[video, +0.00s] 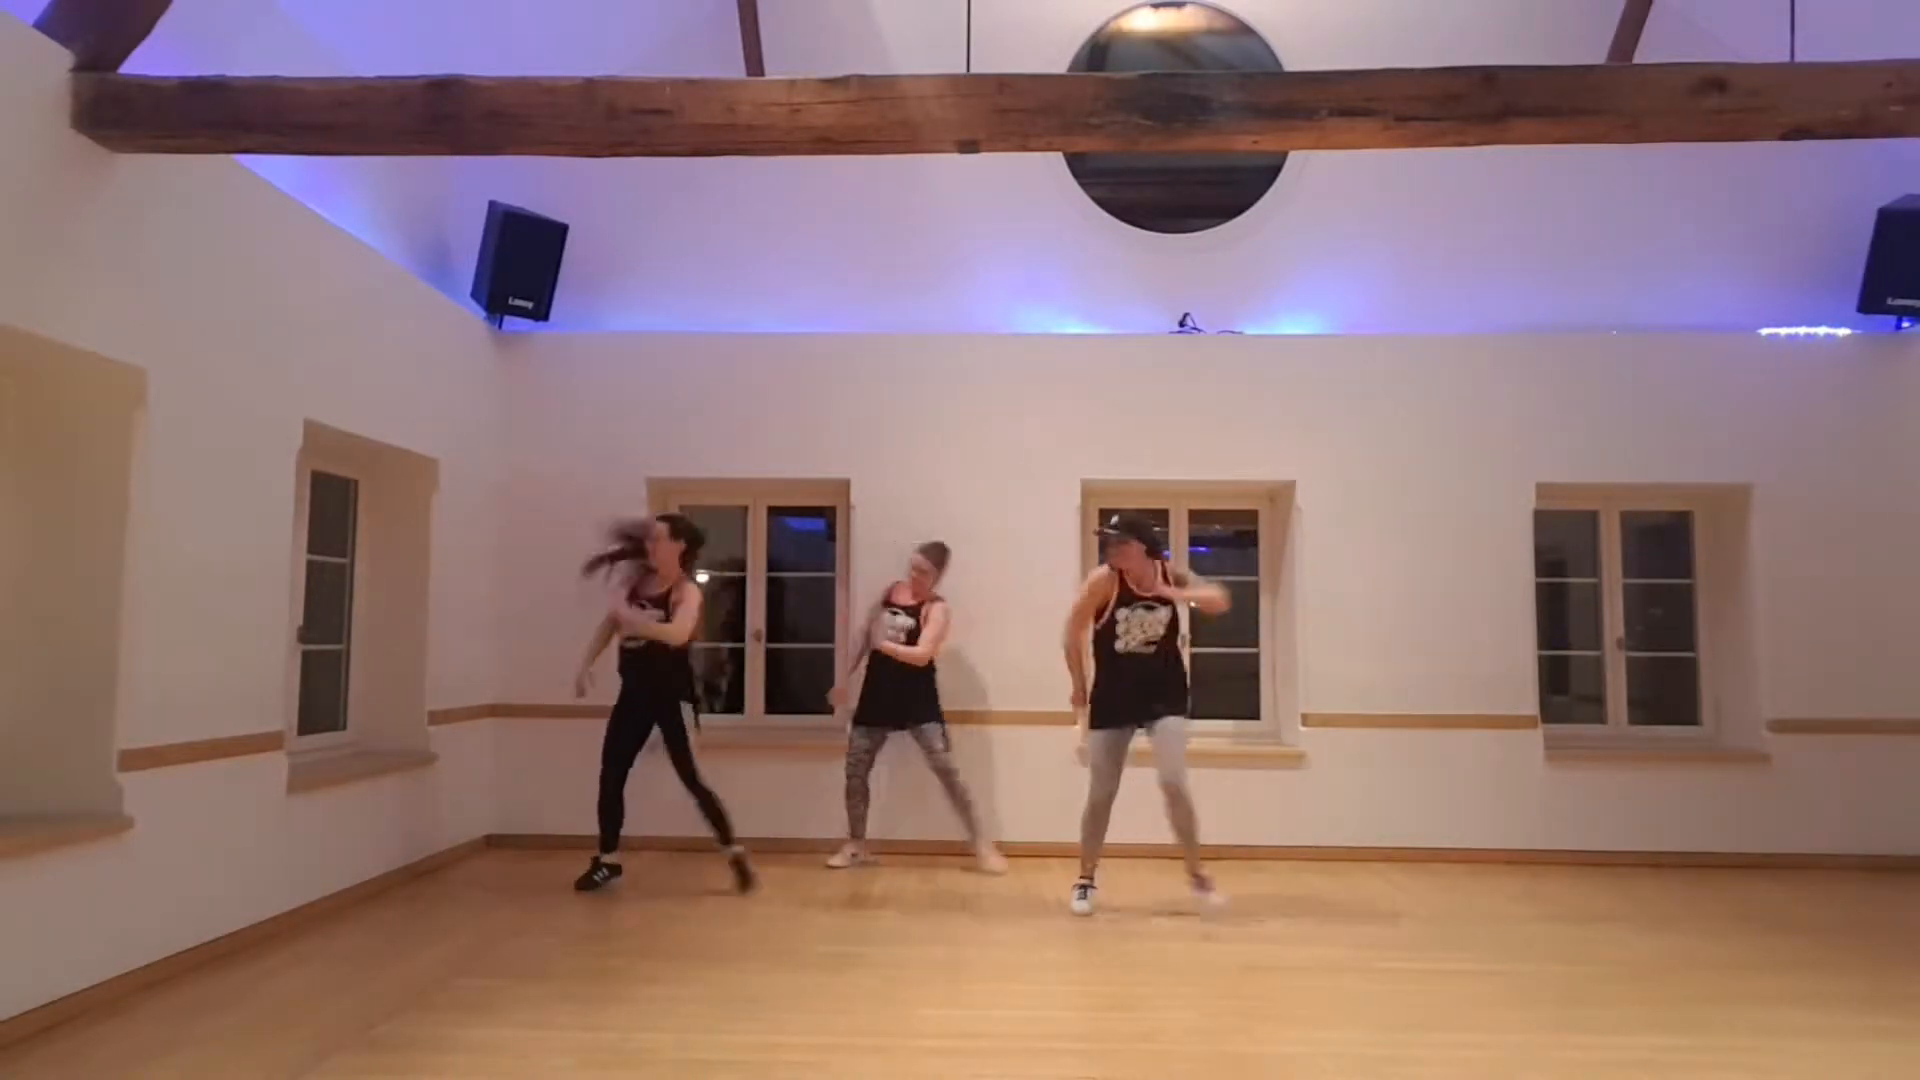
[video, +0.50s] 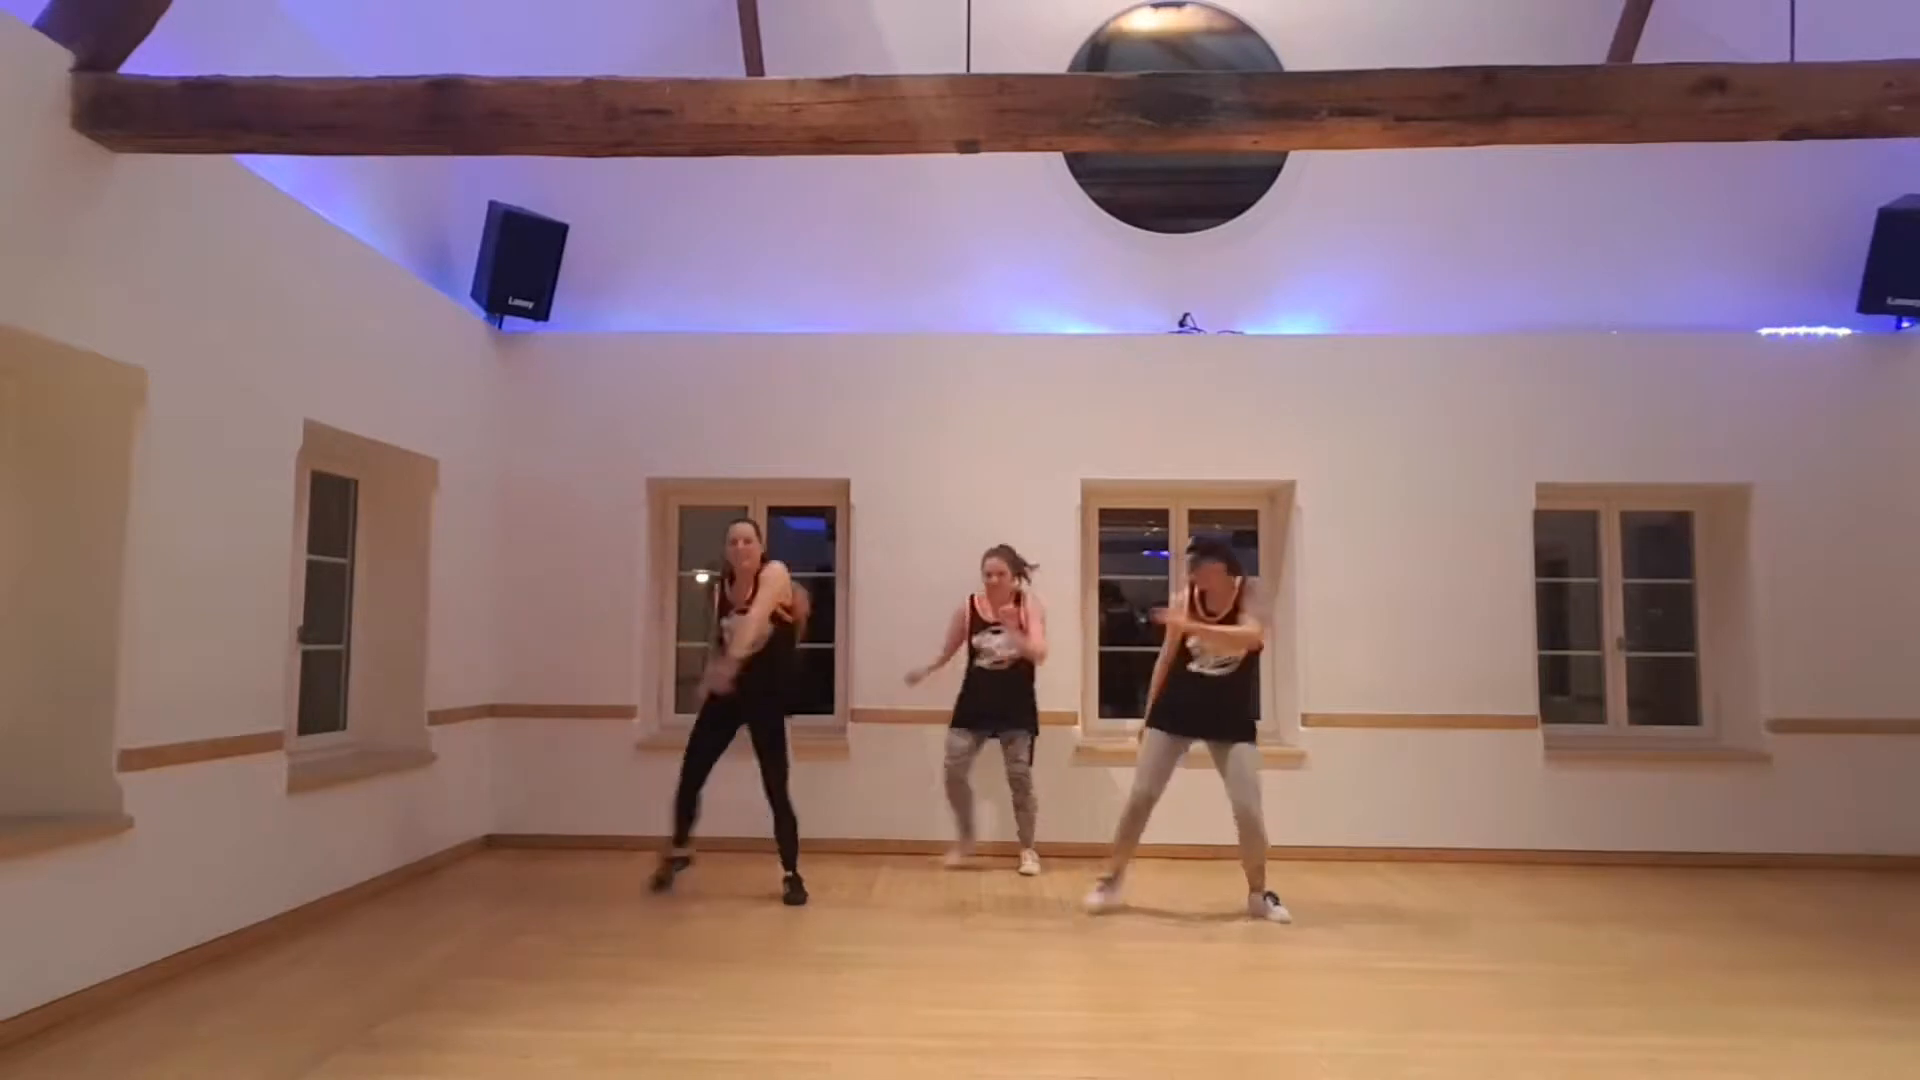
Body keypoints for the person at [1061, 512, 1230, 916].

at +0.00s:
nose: (1115, 556)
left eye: (1122, 547)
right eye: (1112, 549)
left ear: (1144, 547)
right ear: (1112, 552)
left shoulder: (1172, 575)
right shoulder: (1104, 581)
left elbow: (1220, 600)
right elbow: (1074, 629)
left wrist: (1173, 593)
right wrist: (1079, 684)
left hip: (1165, 696)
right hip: (1113, 697)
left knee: (1173, 783)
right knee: (1102, 792)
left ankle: (1197, 874)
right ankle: (1086, 879)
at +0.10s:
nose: (1121, 556)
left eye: (1128, 548)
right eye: (1120, 549)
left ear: (1151, 553)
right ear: (1126, 555)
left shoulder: (1181, 585)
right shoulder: (1115, 587)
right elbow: (1101, 645)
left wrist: (1118, 604)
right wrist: (1089, 698)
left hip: (1173, 705)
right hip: (1119, 705)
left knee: (1211, 798)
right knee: (1104, 795)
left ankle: (1240, 889)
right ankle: (1088, 882)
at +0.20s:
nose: (1144, 574)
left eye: (1151, 566)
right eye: (1143, 566)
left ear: (1171, 568)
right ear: (1150, 569)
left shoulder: (1192, 599)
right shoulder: (1148, 607)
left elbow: (1132, 606)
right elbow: (1127, 661)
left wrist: (1072, 598)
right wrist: (1096, 707)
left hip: (1183, 723)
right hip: (1133, 721)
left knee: (1226, 814)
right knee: (1108, 806)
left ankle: (1255, 896)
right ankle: (1091, 884)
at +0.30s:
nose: (1160, 592)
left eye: (1166, 584)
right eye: (1159, 585)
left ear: (1187, 584)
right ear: (1168, 588)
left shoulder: (1215, 611)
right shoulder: (1166, 624)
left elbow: (1155, 612)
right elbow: (1140, 677)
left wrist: (1094, 613)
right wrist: (1108, 723)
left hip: (1196, 737)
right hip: (1145, 733)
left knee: (1231, 824)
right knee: (1120, 814)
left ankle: (1256, 897)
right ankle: (1095, 887)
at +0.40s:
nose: (1178, 594)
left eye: (1183, 586)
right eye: (1176, 587)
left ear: (1204, 581)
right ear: (1179, 588)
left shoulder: (1236, 603)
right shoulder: (1177, 623)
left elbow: (1188, 625)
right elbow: (1153, 675)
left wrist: (1123, 623)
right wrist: (1130, 728)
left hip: (1213, 736)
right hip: (1159, 730)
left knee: (1241, 824)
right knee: (1131, 809)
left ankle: (1257, 897)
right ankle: (1097, 884)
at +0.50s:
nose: (1205, 592)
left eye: (1211, 582)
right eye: (1199, 585)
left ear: (1233, 577)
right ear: (1194, 581)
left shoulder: (1252, 600)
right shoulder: (1184, 604)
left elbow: (1252, 637)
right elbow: (1165, 660)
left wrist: (1188, 627)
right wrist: (1150, 715)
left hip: (1229, 718)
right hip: (1176, 712)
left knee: (1249, 808)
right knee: (1141, 796)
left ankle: (1258, 896)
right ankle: (1112, 881)